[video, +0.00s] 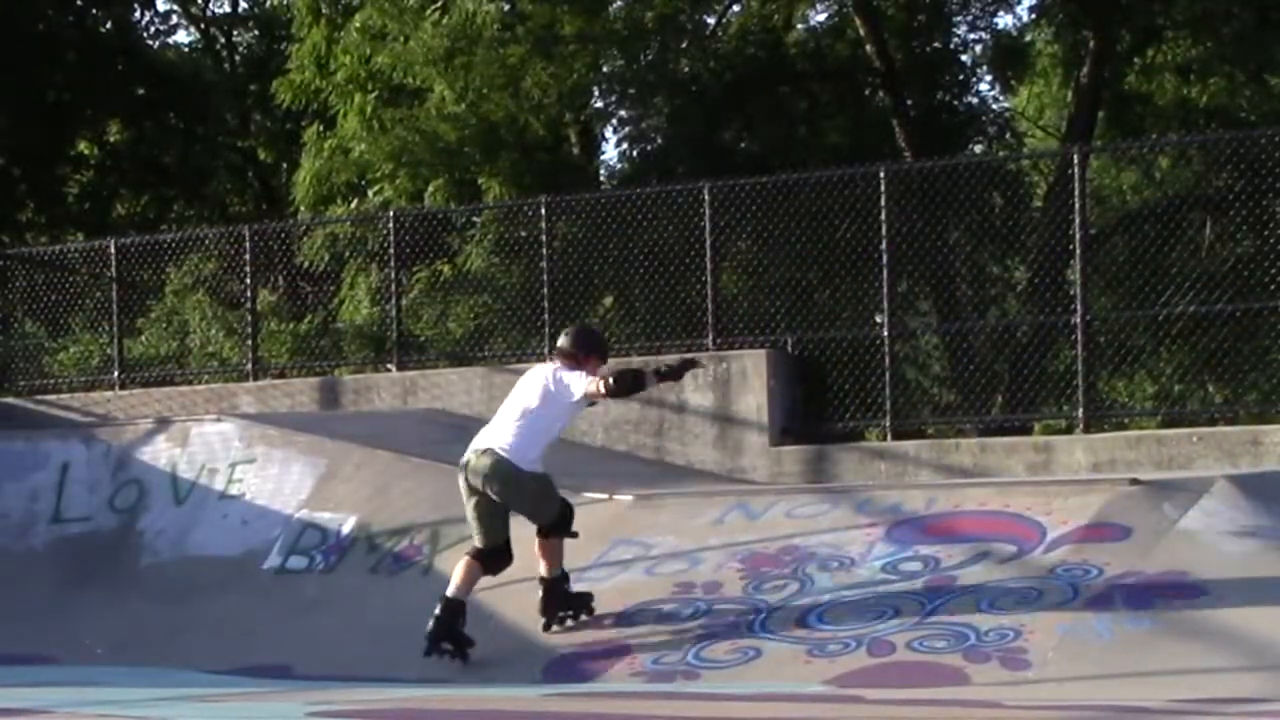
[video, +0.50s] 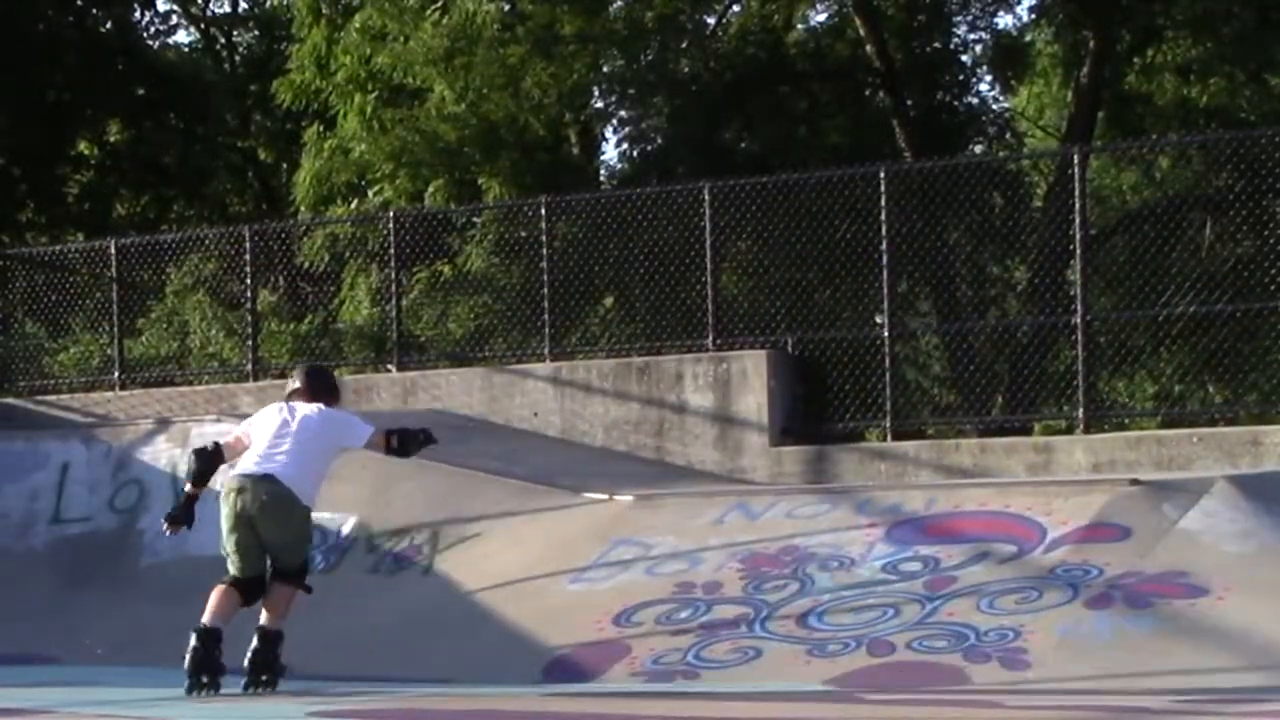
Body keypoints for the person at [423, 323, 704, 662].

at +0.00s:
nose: (599, 372)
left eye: (600, 367)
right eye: (598, 365)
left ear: (563, 353)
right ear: (585, 358)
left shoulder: (537, 372)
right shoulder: (567, 378)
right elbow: (610, 387)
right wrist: (661, 375)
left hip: (471, 462)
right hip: (504, 465)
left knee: (491, 552)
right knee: (556, 517)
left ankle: (446, 619)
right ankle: (555, 596)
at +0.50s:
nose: (335, 409)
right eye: (335, 403)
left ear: (291, 394)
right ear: (329, 399)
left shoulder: (267, 415)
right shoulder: (334, 419)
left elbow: (207, 457)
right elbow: (393, 444)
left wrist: (186, 504)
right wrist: (425, 437)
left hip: (234, 490)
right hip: (281, 493)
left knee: (244, 580)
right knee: (288, 573)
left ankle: (202, 648)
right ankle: (262, 658)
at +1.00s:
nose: (115, 370)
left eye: (116, 364)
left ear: (124, 361)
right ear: (167, 360)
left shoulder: (106, 391)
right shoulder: (188, 393)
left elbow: (68, 463)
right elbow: (240, 450)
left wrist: (81, 501)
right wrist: (254, 489)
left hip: (107, 487)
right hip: (162, 491)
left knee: (101, 585)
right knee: (150, 580)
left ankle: (71, 653)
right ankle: (125, 655)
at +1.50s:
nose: (95, 299)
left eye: (101, 287)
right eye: (91, 291)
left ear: (133, 282)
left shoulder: (149, 317)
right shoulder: (137, 334)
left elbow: (164, 378)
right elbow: (167, 427)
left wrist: (108, 434)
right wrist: (135, 483)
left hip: (214, 450)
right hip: (194, 455)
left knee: (178, 568)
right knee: (160, 571)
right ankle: (197, 682)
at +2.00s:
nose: (226, 273)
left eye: (235, 259)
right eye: (214, 264)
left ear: (259, 254)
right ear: (201, 270)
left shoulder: (292, 279)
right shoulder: (204, 347)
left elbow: (324, 204)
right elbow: (201, 425)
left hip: (332, 456)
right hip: (262, 468)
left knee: (326, 591)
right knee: (279, 568)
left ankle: (300, 697)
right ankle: (270, 689)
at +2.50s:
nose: (406, 190)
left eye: (418, 177)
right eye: (395, 175)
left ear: (429, 180)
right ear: (362, 172)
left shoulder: (448, 227)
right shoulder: (337, 237)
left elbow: (527, 194)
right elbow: (324, 154)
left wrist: (571, 114)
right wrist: (364, 72)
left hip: (437, 434)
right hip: (358, 435)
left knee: (445, 584)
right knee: (395, 578)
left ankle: (430, 702)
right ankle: (391, 704)